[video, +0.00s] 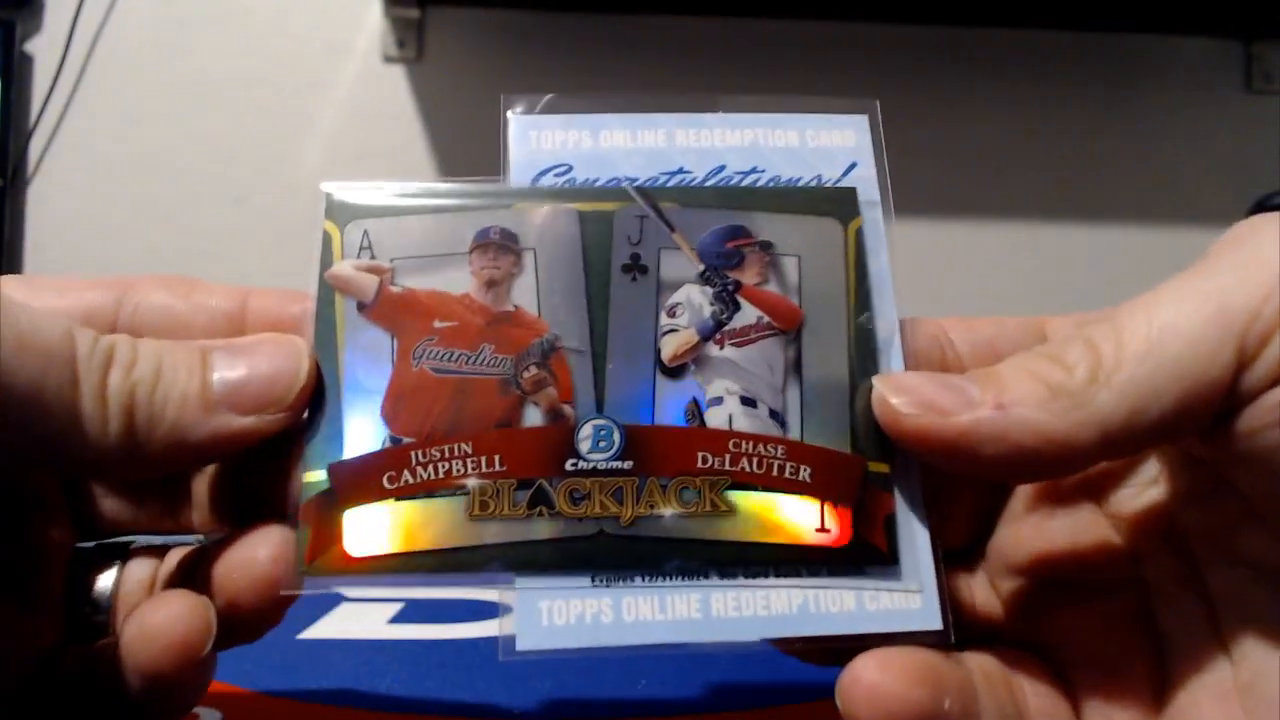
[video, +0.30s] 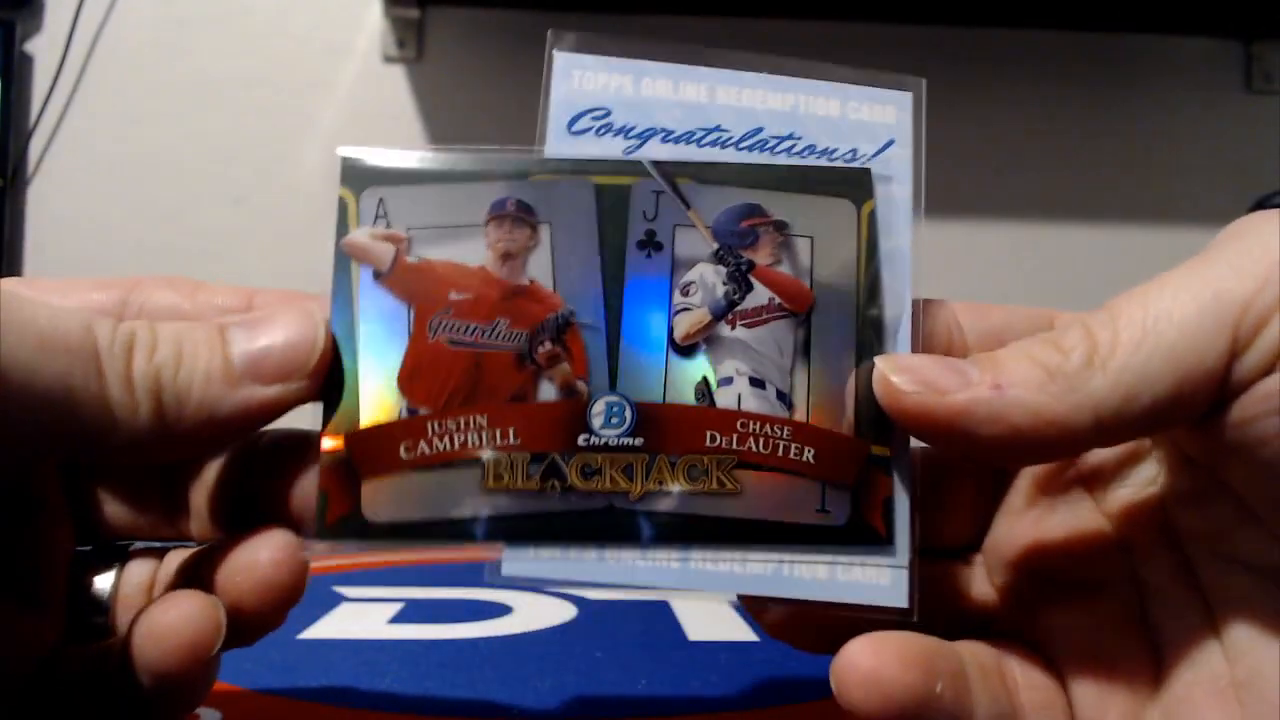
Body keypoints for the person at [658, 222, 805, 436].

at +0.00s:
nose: (765, 257)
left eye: (762, 250)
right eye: (754, 250)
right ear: (729, 257)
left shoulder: (768, 299)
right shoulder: (693, 294)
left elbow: (794, 319)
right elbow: (670, 355)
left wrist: (735, 286)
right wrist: (713, 321)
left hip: (774, 420)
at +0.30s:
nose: (778, 238)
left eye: (776, 231)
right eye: (768, 231)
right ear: (743, 236)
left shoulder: (782, 281)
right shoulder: (708, 274)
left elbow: (805, 301)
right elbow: (682, 334)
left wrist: (749, 266)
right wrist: (725, 301)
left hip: (782, 402)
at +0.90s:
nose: (792, 240)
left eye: (790, 233)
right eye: (782, 233)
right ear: (755, 238)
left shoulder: (793, 283)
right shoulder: (722, 278)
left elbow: (819, 306)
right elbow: (697, 341)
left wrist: (764, 270)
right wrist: (741, 307)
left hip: (797, 404)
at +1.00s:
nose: (804, 251)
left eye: (801, 244)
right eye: (793, 245)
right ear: (766, 251)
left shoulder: (808, 298)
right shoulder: (734, 293)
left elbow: (833, 317)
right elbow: (711, 357)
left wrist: (776, 283)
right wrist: (753, 321)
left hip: (813, 421)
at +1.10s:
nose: (813, 264)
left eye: (810, 256)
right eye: (802, 257)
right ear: (775, 264)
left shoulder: (816, 309)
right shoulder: (741, 306)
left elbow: (841, 329)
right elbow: (719, 370)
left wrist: (784, 295)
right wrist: (762, 333)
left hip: (821, 431)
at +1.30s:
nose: (829, 274)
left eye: (826, 266)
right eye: (816, 267)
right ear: (789, 274)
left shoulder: (834, 323)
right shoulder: (758, 315)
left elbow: (857, 340)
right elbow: (733, 379)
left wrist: (798, 305)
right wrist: (777, 342)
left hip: (835, 443)